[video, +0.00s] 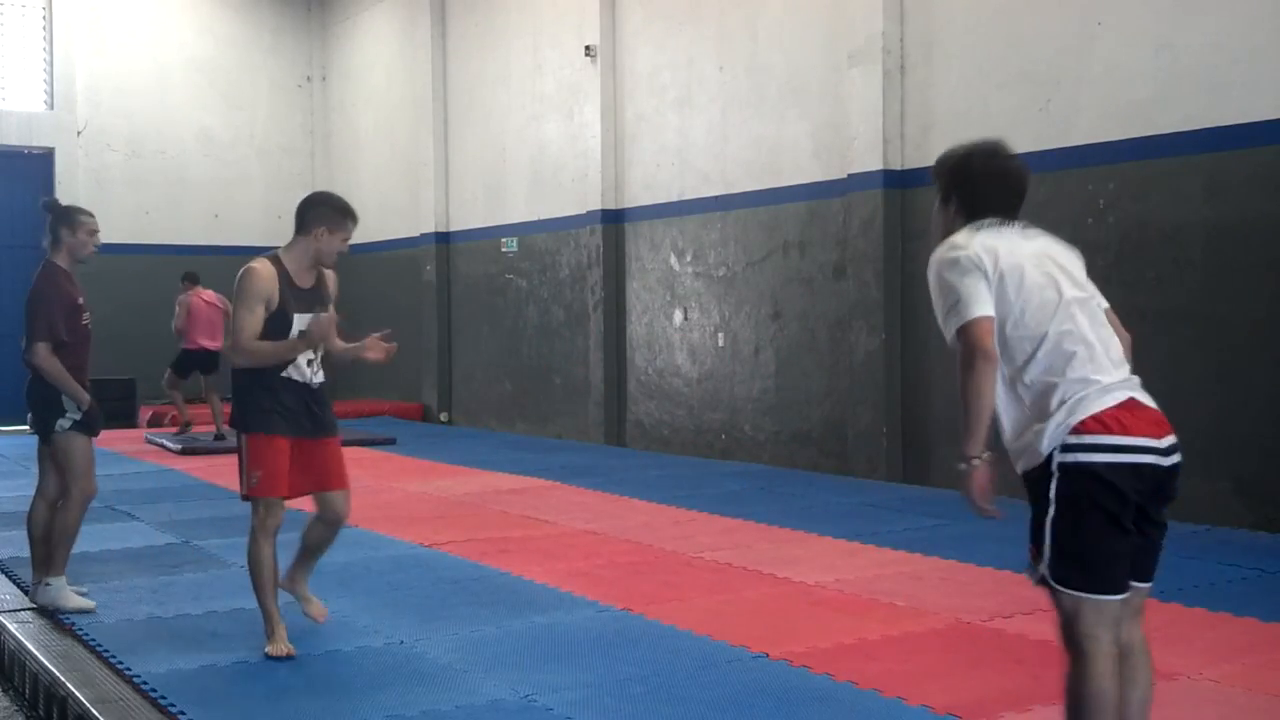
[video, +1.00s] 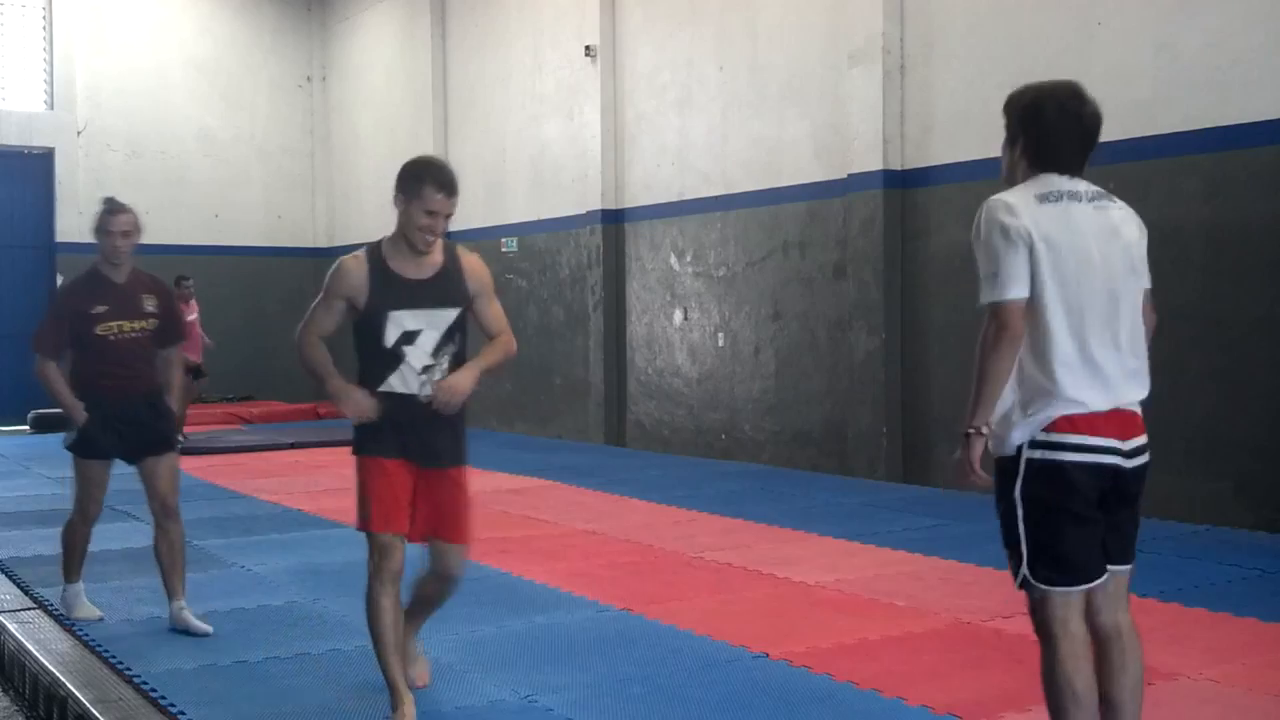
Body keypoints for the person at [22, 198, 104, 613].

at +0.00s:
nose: (95, 241)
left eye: (96, 234)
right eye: (90, 233)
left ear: (69, 237)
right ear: (65, 235)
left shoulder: (62, 277)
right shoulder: (50, 282)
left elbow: (56, 345)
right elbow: (39, 352)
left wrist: (79, 389)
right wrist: (82, 397)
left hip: (59, 392)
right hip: (57, 395)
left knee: (50, 489)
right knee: (82, 487)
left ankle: (43, 580)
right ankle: (53, 582)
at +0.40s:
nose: (87, 239)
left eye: (90, 232)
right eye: (77, 232)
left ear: (90, 236)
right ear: (55, 235)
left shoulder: (85, 282)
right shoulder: (43, 288)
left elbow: (96, 347)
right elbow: (28, 361)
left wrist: (114, 397)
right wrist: (79, 405)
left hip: (94, 398)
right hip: (61, 405)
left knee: (111, 485)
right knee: (77, 492)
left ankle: (58, 561)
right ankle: (67, 593)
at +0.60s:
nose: (80, 237)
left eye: (86, 230)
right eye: (71, 230)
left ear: (93, 232)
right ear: (55, 233)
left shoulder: (104, 280)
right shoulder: (41, 289)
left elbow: (118, 341)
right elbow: (19, 358)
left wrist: (129, 393)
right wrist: (65, 407)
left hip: (112, 402)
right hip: (67, 408)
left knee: (139, 488)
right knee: (69, 502)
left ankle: (113, 575)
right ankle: (67, 595)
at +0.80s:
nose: (92, 240)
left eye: (99, 232)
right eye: (84, 232)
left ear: (109, 234)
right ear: (69, 235)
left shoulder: (128, 285)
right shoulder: (51, 292)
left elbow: (141, 345)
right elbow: (24, 360)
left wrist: (146, 395)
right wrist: (63, 408)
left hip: (127, 404)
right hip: (77, 409)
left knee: (152, 500)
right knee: (74, 507)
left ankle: (169, 593)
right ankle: (68, 595)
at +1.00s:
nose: (119, 241)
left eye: (127, 234)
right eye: (110, 234)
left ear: (137, 238)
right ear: (97, 237)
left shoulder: (157, 291)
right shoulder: (74, 294)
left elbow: (173, 356)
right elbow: (46, 364)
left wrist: (172, 412)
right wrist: (78, 413)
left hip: (151, 412)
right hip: (95, 414)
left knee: (167, 508)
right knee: (86, 512)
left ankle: (178, 606)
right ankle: (72, 591)